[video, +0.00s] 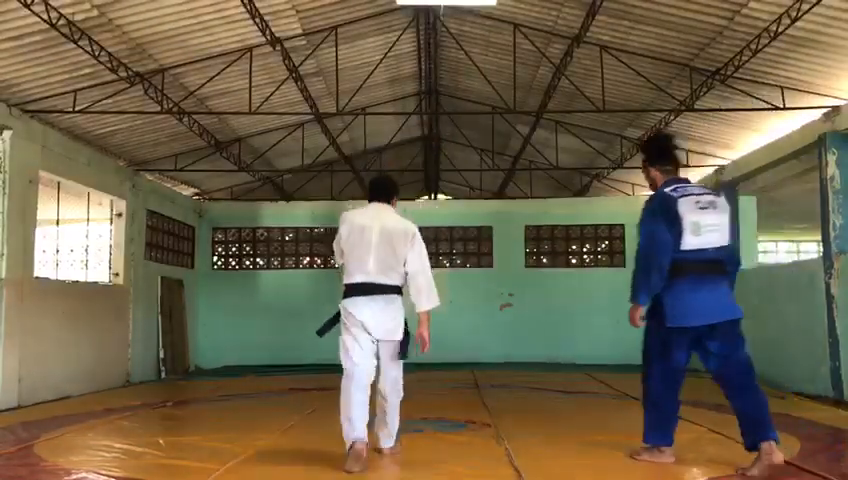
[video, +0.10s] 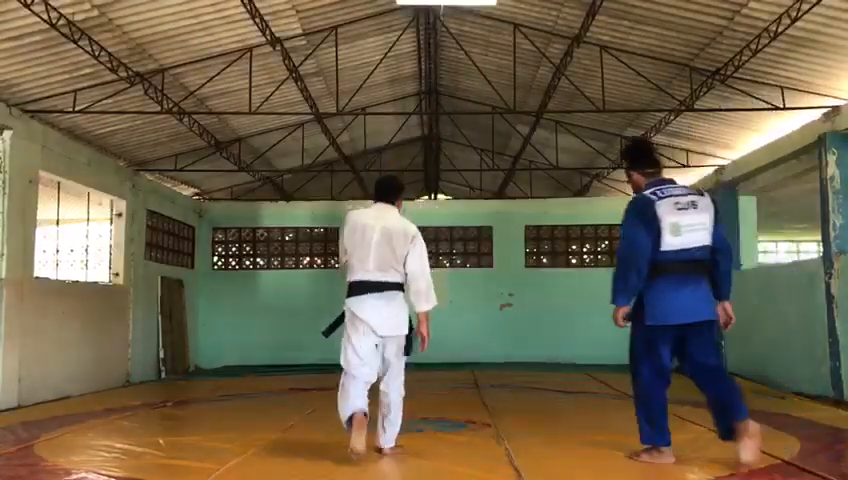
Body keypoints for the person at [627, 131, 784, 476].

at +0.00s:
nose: (646, 179)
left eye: (645, 173)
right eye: (646, 173)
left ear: (653, 171)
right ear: (678, 167)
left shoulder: (660, 202)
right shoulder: (713, 197)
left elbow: (656, 250)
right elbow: (730, 251)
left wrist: (640, 298)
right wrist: (722, 289)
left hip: (676, 303)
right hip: (718, 301)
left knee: (662, 372)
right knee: (737, 372)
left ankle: (659, 445)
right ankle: (768, 446)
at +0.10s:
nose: (630, 182)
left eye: (629, 176)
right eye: (629, 176)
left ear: (635, 175)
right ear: (659, 168)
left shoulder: (643, 204)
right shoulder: (700, 197)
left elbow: (635, 254)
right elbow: (721, 248)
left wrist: (624, 299)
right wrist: (723, 296)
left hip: (659, 302)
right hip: (701, 299)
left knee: (649, 374)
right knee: (706, 366)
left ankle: (659, 447)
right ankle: (743, 425)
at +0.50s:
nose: (595, 192)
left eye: (594, 186)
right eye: (595, 187)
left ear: (600, 186)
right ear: (626, 182)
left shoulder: (598, 213)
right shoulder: (657, 210)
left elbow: (579, 256)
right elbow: (671, 258)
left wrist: (571, 291)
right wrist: (672, 302)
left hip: (619, 302)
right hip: (653, 300)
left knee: (626, 369)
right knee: (642, 366)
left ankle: (660, 439)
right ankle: (625, 429)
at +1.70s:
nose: (499, 206)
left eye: (501, 202)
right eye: (500, 202)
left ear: (508, 203)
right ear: (522, 204)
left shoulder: (511, 232)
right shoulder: (536, 231)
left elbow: (508, 270)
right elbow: (533, 274)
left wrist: (480, 282)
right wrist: (505, 295)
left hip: (517, 305)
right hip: (536, 304)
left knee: (500, 354)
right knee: (526, 356)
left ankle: (533, 402)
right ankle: (529, 410)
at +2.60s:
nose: (446, 217)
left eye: (447, 213)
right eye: (446, 213)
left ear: (453, 213)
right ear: (463, 213)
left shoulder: (480, 239)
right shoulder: (456, 238)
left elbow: (481, 274)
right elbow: (431, 242)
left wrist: (453, 285)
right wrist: (407, 241)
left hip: (482, 301)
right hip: (471, 300)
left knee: (464, 346)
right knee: (461, 345)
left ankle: (479, 404)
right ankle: (476, 401)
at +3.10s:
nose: (433, 220)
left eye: (434, 216)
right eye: (434, 216)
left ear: (439, 217)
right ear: (451, 216)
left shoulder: (456, 244)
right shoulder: (447, 237)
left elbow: (447, 281)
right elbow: (425, 242)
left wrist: (416, 285)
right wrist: (403, 243)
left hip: (453, 306)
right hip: (450, 305)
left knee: (442, 355)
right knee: (441, 354)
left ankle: (455, 409)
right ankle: (450, 406)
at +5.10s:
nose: (442, 231)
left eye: (443, 226)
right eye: (442, 226)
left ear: (451, 226)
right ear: (458, 225)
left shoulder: (479, 248)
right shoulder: (452, 249)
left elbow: (473, 281)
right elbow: (427, 257)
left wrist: (444, 274)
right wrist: (398, 261)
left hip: (498, 305)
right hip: (479, 305)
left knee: (498, 355)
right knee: (467, 351)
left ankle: (503, 412)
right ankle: (466, 405)